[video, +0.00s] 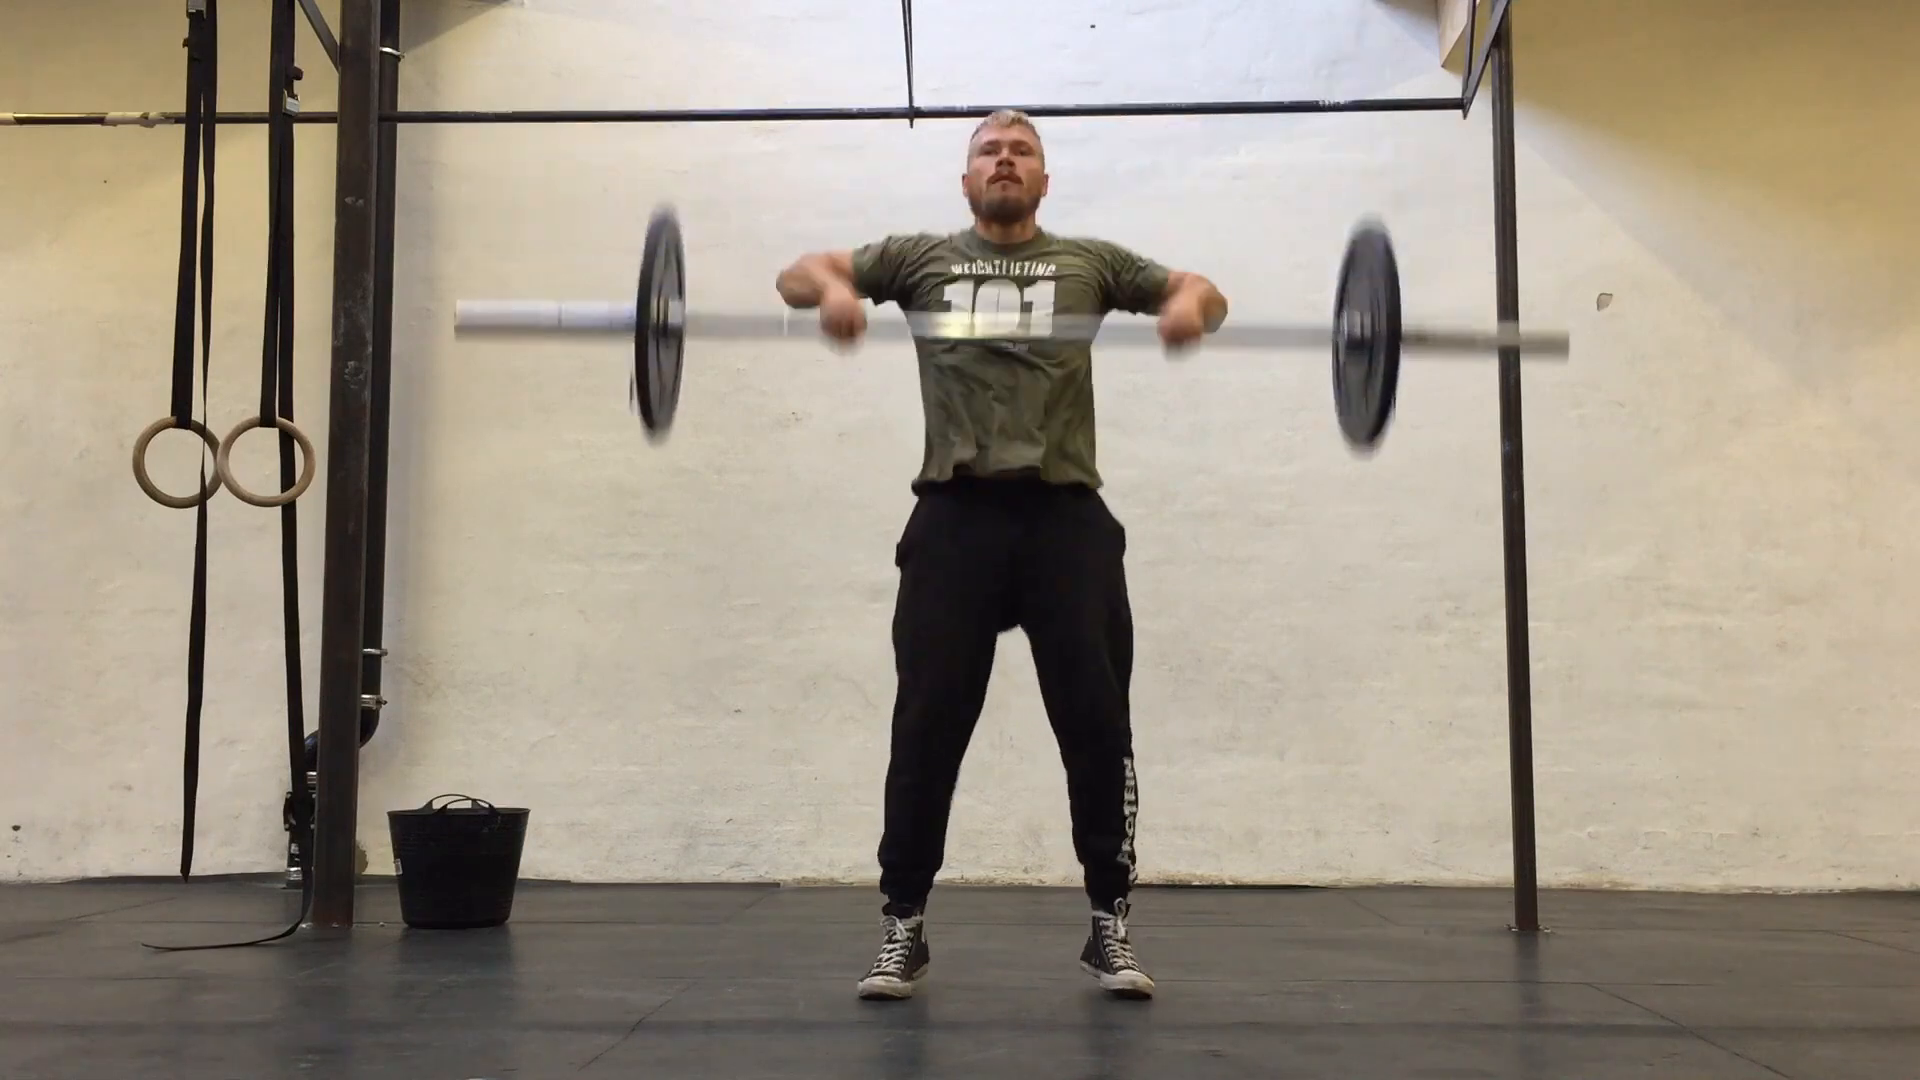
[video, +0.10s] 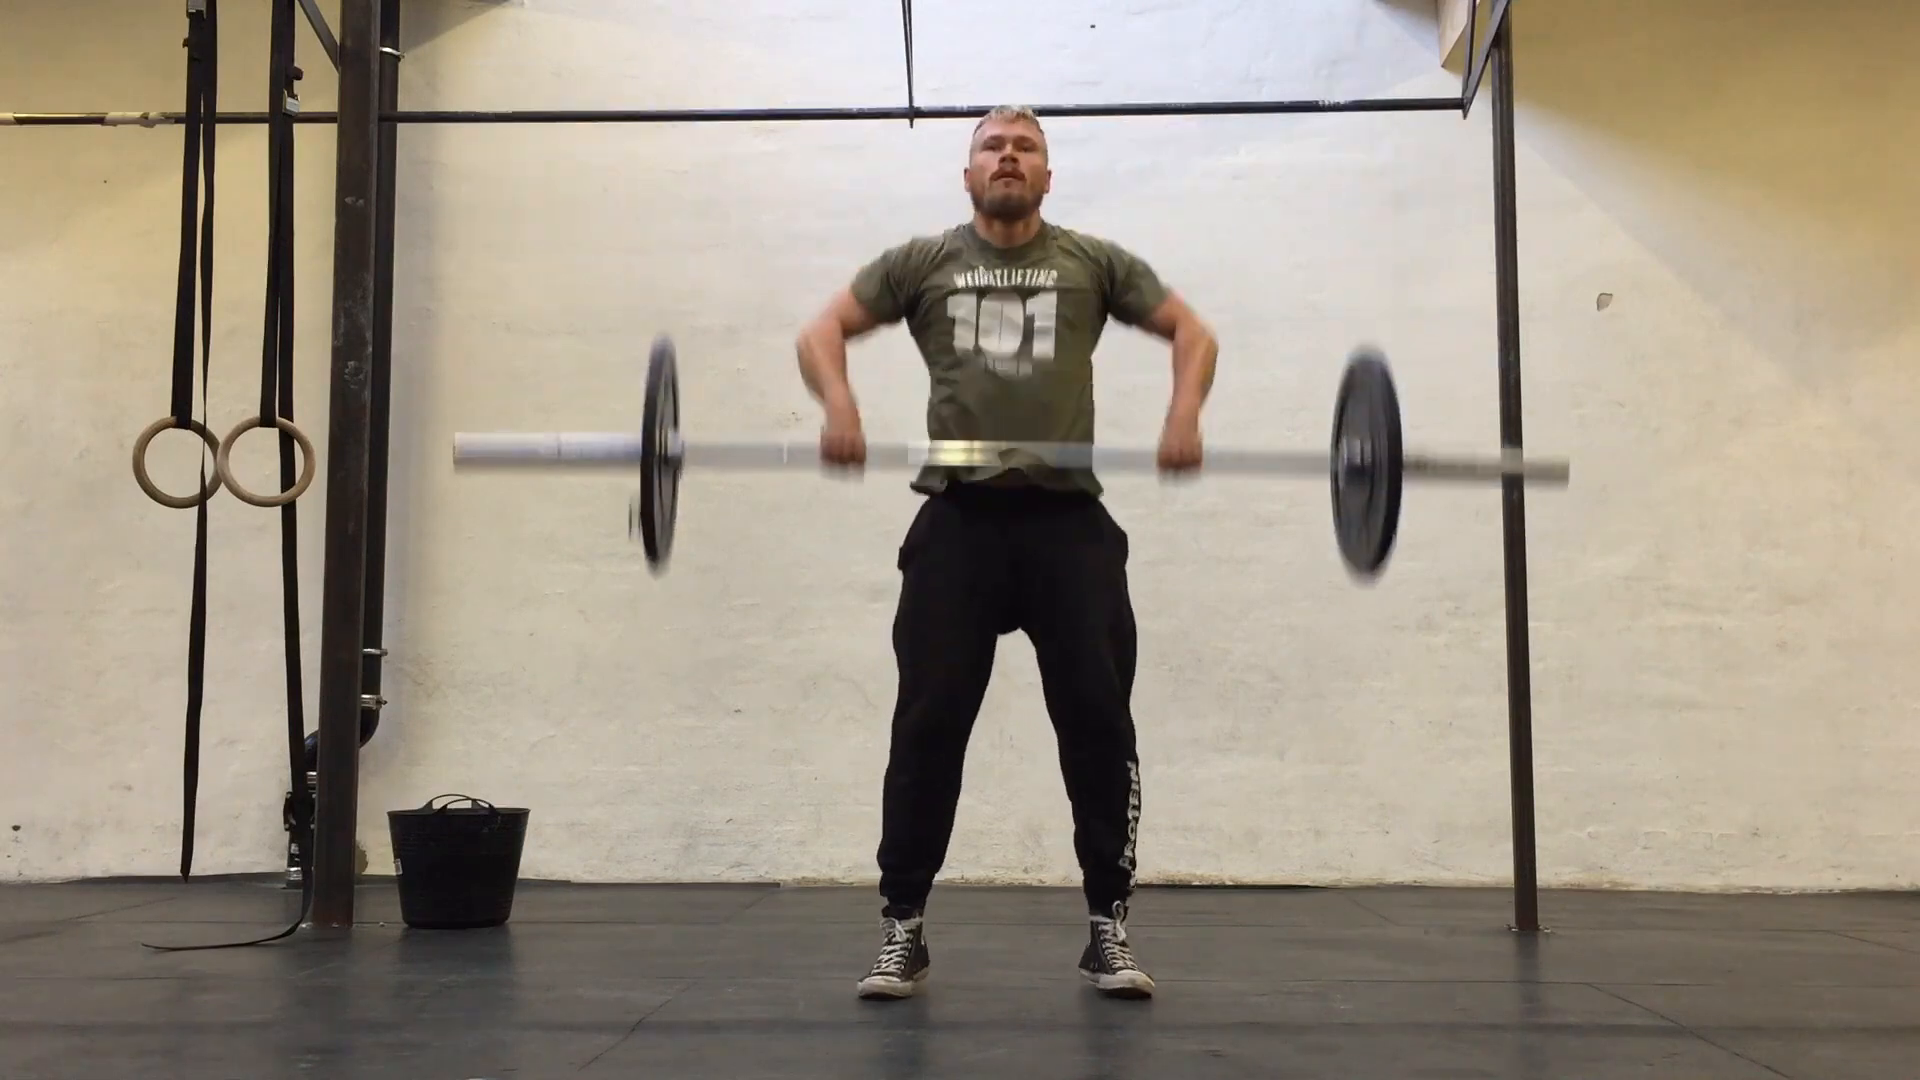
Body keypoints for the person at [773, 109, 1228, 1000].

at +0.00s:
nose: (1005, 159)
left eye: (1021, 150)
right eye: (988, 149)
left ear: (1045, 178)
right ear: (964, 179)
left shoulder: (1088, 263)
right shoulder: (921, 258)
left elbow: (1202, 293)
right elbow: (798, 274)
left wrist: (1188, 303)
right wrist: (834, 286)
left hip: (1067, 527)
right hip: (953, 527)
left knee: (1098, 729)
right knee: (925, 730)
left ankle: (1111, 928)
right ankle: (901, 930)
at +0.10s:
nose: (1009, 156)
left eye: (1025, 146)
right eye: (993, 145)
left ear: (1048, 173)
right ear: (966, 172)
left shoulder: (1090, 262)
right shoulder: (924, 263)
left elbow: (1194, 332)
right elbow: (820, 332)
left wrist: (1183, 416)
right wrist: (839, 406)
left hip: (1068, 526)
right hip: (957, 526)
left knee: (1099, 724)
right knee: (927, 723)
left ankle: (1110, 927)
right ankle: (902, 929)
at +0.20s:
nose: (1007, 174)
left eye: (1023, 164)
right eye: (991, 163)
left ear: (1048, 194)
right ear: (964, 193)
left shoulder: (1096, 298)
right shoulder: (918, 301)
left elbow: (1170, 402)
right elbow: (844, 403)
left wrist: (1179, 524)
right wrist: (843, 514)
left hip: (1074, 567)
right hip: (951, 568)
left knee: (1110, 750)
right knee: (918, 752)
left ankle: (1106, 936)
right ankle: (904, 938)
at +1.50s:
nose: (1004, 279)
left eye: (1021, 271)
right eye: (988, 270)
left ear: (1044, 303)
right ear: (963, 301)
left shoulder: (1089, 392)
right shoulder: (924, 396)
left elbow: (1167, 442)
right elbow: (857, 436)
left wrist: (1166, 359)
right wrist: (843, 362)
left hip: (1066, 649)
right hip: (944, 648)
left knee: (1168, 776)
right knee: (857, 779)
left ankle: (1107, 943)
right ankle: (908, 945)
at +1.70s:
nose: (1002, 173)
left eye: (1018, 168)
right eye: (986, 168)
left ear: (1041, 200)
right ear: (962, 201)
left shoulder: (1075, 279)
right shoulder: (924, 283)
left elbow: (1155, 303)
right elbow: (857, 318)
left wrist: (1169, 219)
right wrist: (841, 234)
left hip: (1060, 552)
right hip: (945, 552)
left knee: (1095, 747)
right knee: (916, 748)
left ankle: (1107, 938)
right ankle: (905, 938)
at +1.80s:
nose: (998, 165)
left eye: (1016, 159)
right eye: (982, 159)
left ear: (1040, 191)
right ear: (961, 191)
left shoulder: (1079, 261)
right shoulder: (918, 266)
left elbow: (1183, 221)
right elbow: (825, 231)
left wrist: (1174, 119)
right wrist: (834, 124)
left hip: (1061, 527)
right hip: (945, 530)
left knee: (1088, 735)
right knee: (925, 736)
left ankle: (1110, 936)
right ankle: (904, 935)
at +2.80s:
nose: (1000, 145)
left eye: (1017, 136)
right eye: (984, 137)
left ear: (1043, 167)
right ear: (962, 169)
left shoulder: (1088, 257)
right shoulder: (920, 255)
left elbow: (1198, 309)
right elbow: (795, 280)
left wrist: (1188, 272)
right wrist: (825, 263)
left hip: (1071, 524)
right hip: (956, 526)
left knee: (1104, 728)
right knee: (923, 729)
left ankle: (1110, 924)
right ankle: (902, 926)